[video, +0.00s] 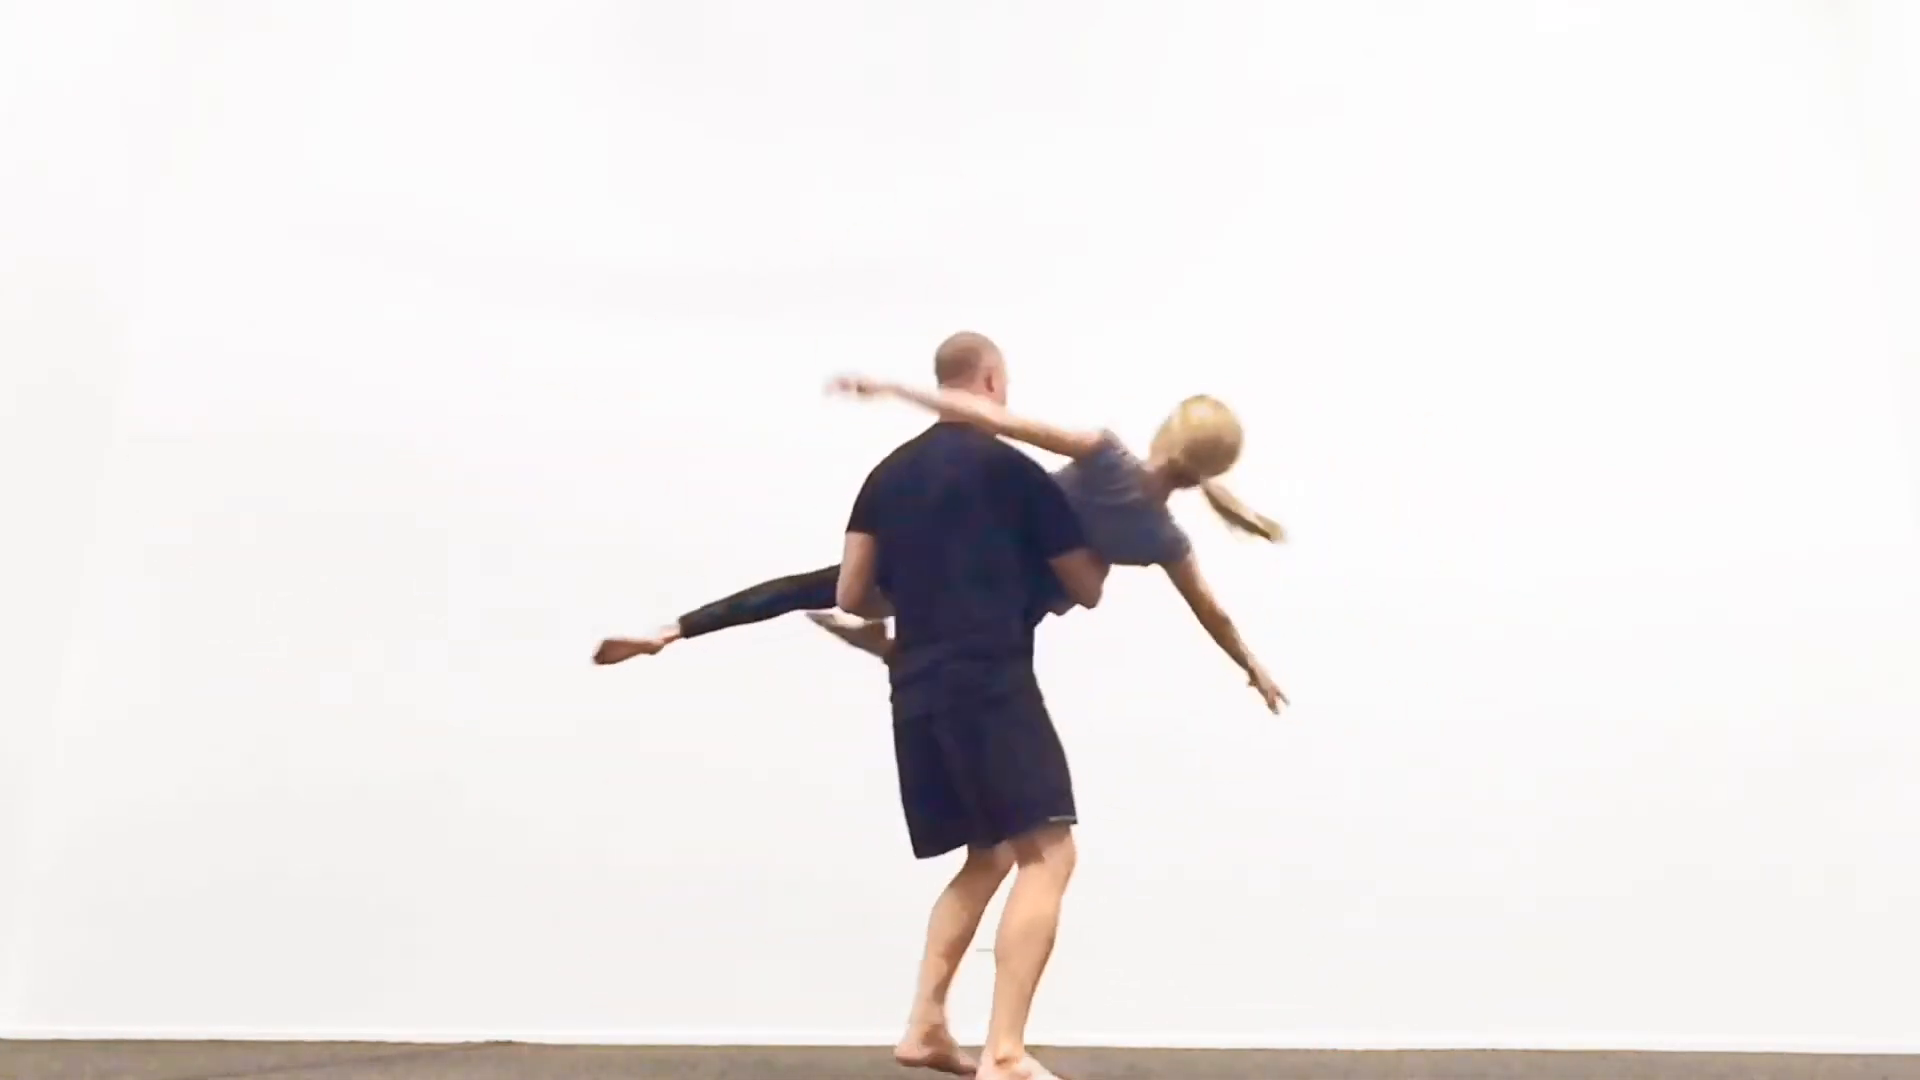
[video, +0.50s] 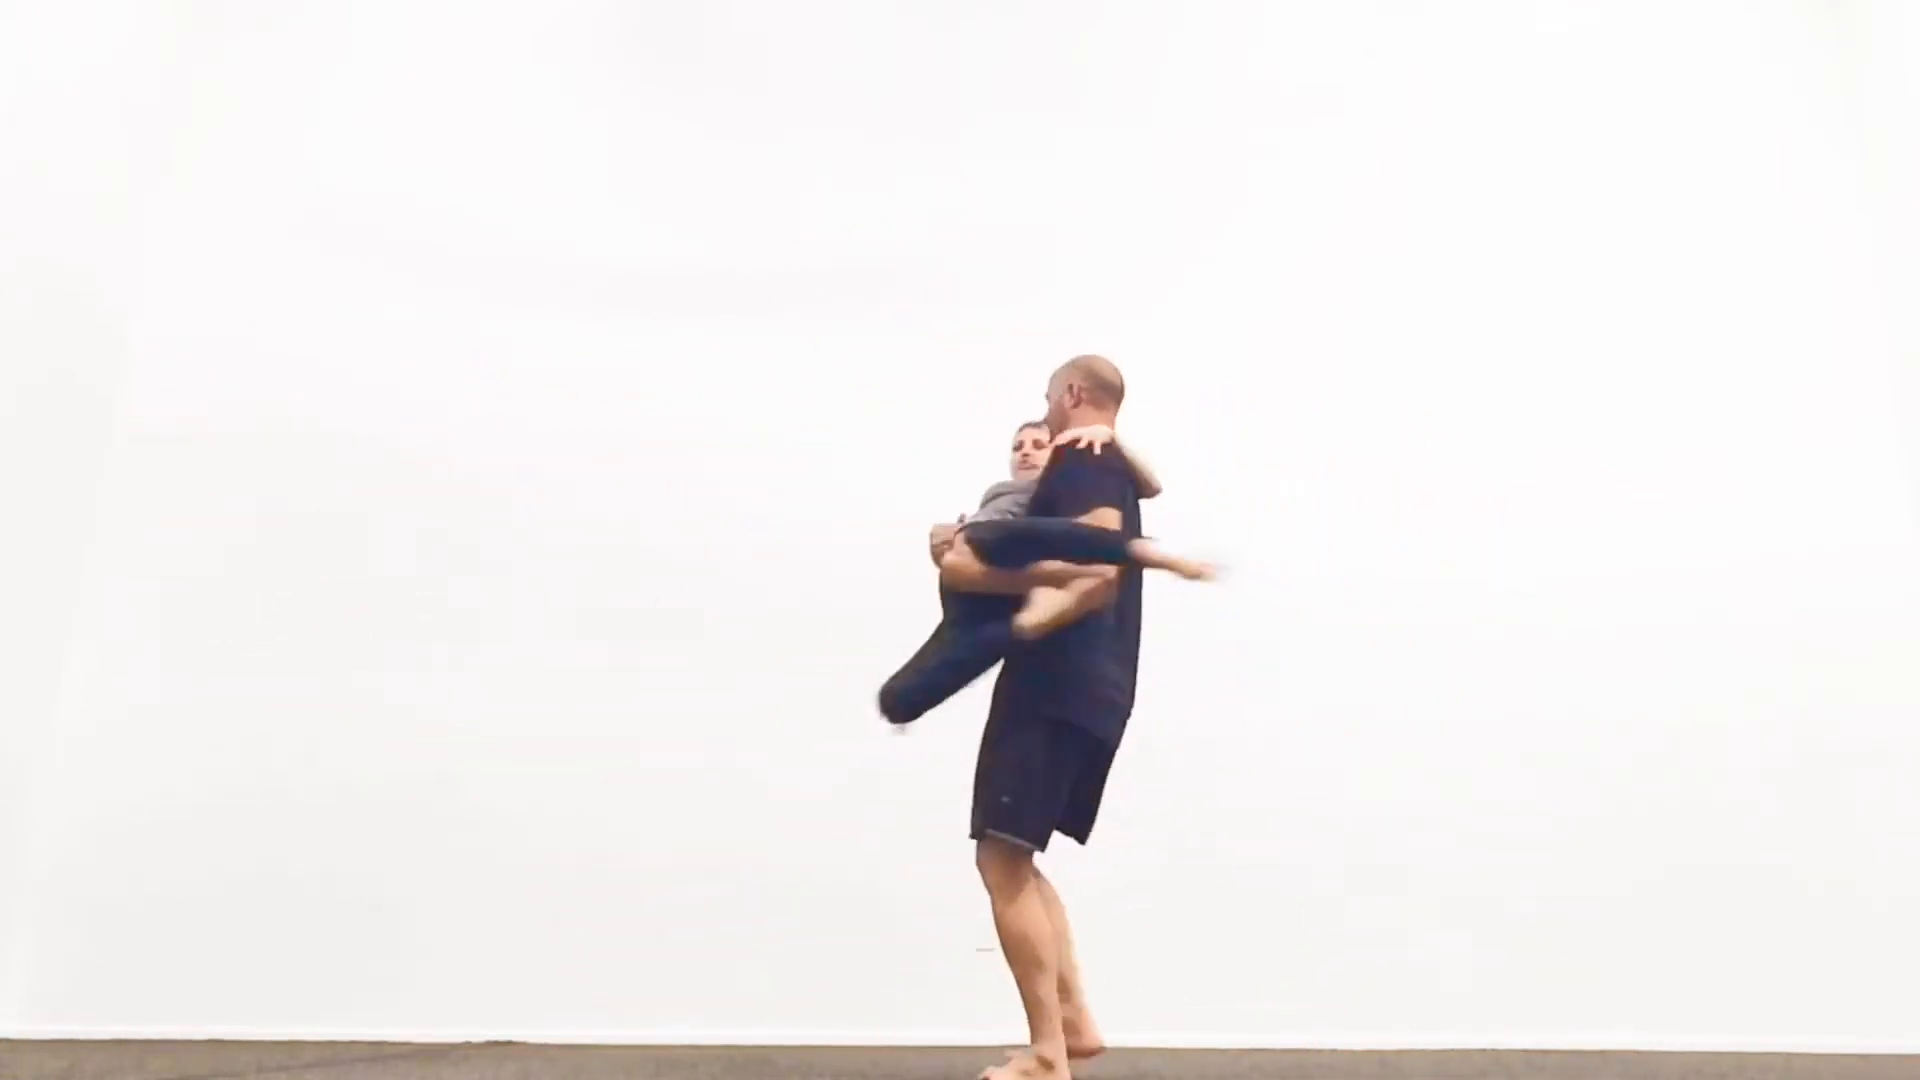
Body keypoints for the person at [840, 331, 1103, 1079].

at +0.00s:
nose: (1007, 395)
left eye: (998, 383)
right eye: (1005, 384)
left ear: (936, 380)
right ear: (993, 382)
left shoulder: (885, 475)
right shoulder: (1010, 466)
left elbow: (857, 596)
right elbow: (1087, 588)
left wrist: (924, 588)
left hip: (919, 692)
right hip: (993, 685)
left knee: (986, 855)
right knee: (1050, 854)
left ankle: (926, 1025)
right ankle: (1004, 1051)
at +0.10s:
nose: (1037, 389)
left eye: (1024, 376)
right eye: (1036, 377)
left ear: (967, 379)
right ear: (1032, 377)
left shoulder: (914, 463)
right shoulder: (1064, 465)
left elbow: (876, 592)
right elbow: (1107, 588)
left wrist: (925, 558)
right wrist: (1056, 543)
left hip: (945, 694)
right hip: (1029, 686)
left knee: (985, 866)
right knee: (1061, 865)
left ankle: (997, 1046)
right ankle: (1005, 1048)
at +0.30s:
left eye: (1030, 390)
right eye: (1096, 392)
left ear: (1030, 387)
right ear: (1096, 392)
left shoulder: (1003, 460)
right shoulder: (1122, 477)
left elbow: (974, 561)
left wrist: (891, 588)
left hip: (1000, 697)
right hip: (1086, 699)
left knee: (994, 870)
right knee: (1076, 867)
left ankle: (1042, 1049)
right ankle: (1039, 1013)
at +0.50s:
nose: (1043, 410)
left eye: (1049, 397)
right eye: (1047, 399)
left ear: (1074, 396)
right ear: (1102, 401)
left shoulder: (1088, 471)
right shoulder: (1093, 472)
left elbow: (1089, 577)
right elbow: (1036, 548)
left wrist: (979, 577)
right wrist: (960, 541)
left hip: (1054, 689)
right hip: (1071, 691)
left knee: (1001, 862)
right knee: (1010, 859)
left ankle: (1047, 1050)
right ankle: (1074, 1022)